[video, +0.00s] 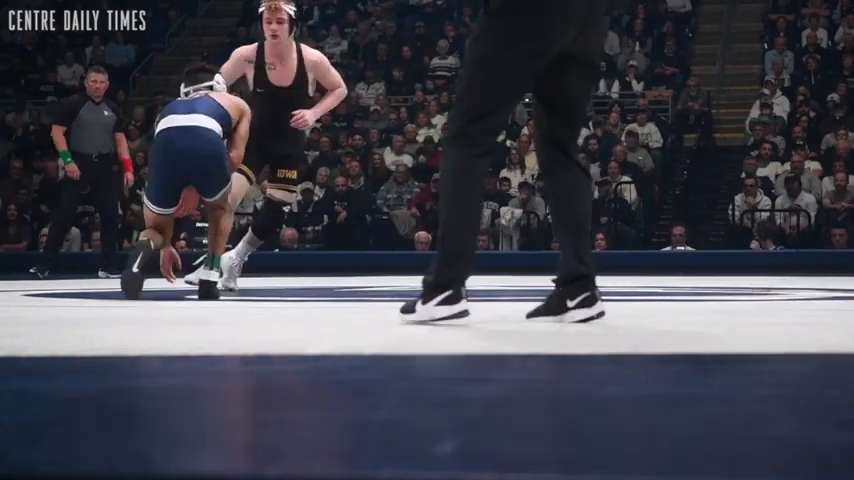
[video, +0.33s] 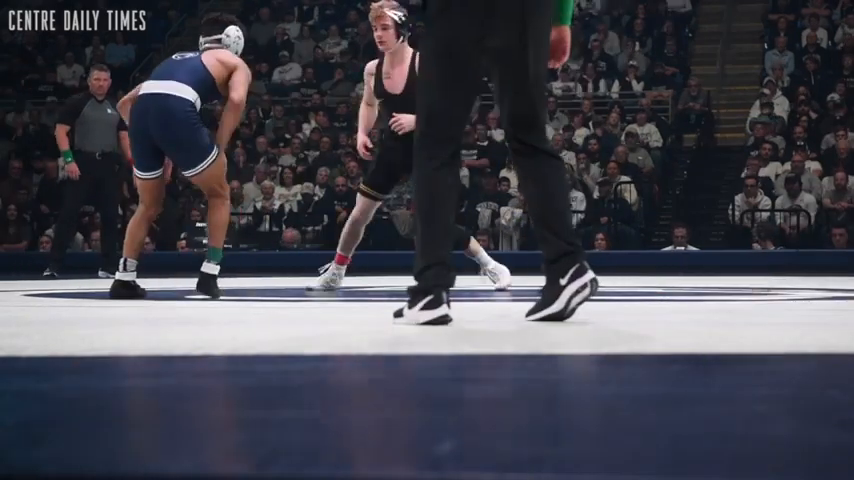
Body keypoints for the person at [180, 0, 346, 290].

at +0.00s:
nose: (273, 27)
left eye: (280, 22)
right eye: (268, 21)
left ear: (291, 25)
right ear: (261, 24)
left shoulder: (311, 59)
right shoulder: (246, 56)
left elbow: (340, 89)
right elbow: (216, 86)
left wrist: (315, 112)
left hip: (290, 144)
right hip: (253, 140)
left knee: (272, 218)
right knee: (229, 196)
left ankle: (235, 259)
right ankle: (212, 262)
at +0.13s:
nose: (307, 26)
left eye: (313, 21)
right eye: (303, 21)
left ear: (328, 24)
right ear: (298, 24)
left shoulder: (354, 59)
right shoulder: (290, 59)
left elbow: (384, 93)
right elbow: (270, 91)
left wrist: (352, 119)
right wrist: (274, 126)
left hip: (339, 140)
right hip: (306, 139)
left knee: (332, 205)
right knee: (291, 212)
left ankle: (328, 240)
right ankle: (311, 258)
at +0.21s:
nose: (334, 36)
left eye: (340, 30)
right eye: (330, 30)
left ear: (355, 33)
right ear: (327, 33)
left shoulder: (377, 72)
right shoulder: (320, 71)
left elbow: (413, 110)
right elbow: (307, 105)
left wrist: (377, 136)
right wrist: (305, 138)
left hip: (369, 152)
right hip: (335, 152)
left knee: (372, 218)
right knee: (322, 222)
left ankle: (401, 244)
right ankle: (330, 275)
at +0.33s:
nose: (378, 35)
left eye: (384, 28)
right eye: (375, 29)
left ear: (402, 31)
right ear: (372, 32)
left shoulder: (422, 63)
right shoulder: (373, 69)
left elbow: (443, 108)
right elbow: (369, 103)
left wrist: (417, 120)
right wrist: (362, 132)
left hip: (424, 147)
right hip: (391, 148)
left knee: (438, 212)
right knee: (360, 214)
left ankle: (489, 265)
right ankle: (336, 271)